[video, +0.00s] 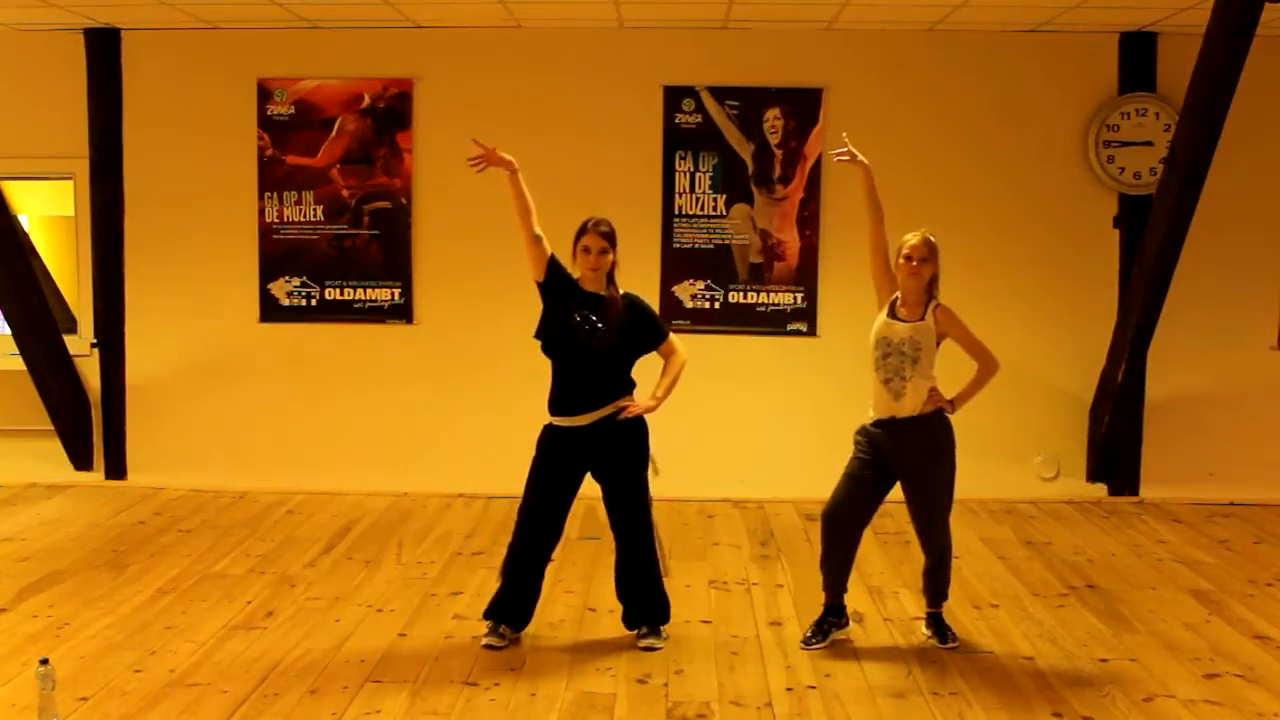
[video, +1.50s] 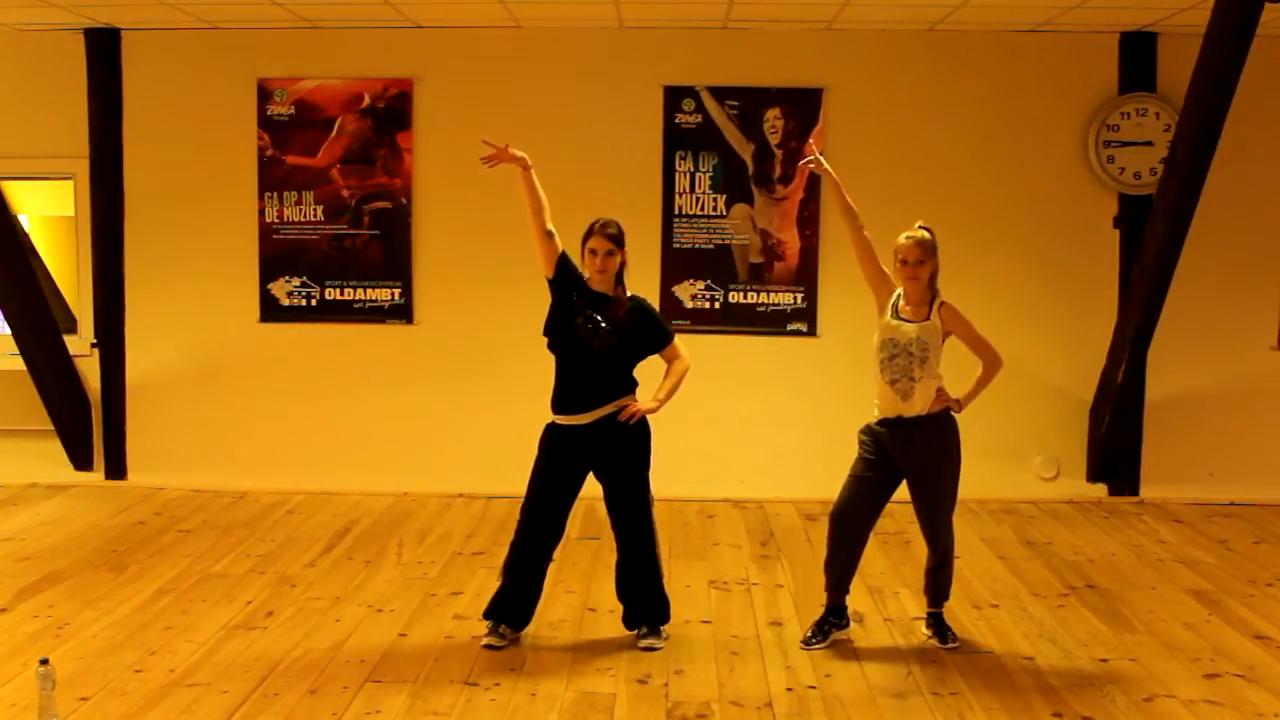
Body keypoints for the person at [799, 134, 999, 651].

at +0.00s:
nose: (911, 264)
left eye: (920, 259)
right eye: (905, 258)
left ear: (934, 268)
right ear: (895, 263)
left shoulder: (939, 315)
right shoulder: (888, 302)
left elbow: (988, 364)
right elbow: (875, 230)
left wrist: (952, 403)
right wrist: (867, 172)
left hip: (926, 436)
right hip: (878, 437)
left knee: (935, 533)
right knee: (837, 518)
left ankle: (935, 616)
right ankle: (833, 612)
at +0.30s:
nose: (911, 264)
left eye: (921, 259)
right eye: (906, 257)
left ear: (936, 265)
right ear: (896, 261)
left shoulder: (943, 314)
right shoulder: (889, 298)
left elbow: (991, 363)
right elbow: (864, 225)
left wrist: (957, 401)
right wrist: (843, 167)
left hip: (930, 436)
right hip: (881, 436)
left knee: (936, 532)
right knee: (841, 519)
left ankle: (935, 616)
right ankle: (834, 612)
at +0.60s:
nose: (908, 267)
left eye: (918, 261)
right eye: (904, 260)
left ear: (935, 266)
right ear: (897, 262)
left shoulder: (944, 315)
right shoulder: (888, 298)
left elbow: (993, 362)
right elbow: (854, 230)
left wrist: (960, 401)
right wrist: (823, 180)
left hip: (932, 435)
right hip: (883, 435)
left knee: (938, 531)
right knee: (842, 518)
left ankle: (936, 615)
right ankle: (834, 612)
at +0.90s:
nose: (906, 268)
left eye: (915, 261)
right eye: (902, 261)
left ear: (933, 265)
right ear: (895, 262)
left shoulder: (944, 315)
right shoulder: (888, 298)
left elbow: (993, 361)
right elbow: (855, 227)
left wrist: (961, 401)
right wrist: (824, 172)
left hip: (932, 435)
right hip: (883, 435)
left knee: (939, 531)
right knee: (843, 518)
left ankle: (936, 615)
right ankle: (834, 612)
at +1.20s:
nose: (906, 268)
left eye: (915, 262)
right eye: (901, 261)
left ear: (933, 265)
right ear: (895, 262)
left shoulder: (944, 315)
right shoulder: (888, 298)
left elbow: (993, 361)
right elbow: (855, 227)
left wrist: (961, 401)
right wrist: (826, 171)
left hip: (933, 435)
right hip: (883, 435)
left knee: (939, 531)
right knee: (844, 518)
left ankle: (936, 615)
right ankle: (834, 612)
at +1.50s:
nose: (905, 268)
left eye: (914, 262)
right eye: (901, 261)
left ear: (932, 265)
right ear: (894, 263)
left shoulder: (943, 314)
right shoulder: (888, 299)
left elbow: (993, 361)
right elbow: (855, 227)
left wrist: (962, 401)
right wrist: (826, 171)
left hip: (933, 435)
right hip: (883, 435)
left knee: (939, 531)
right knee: (845, 519)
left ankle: (936, 615)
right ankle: (834, 612)